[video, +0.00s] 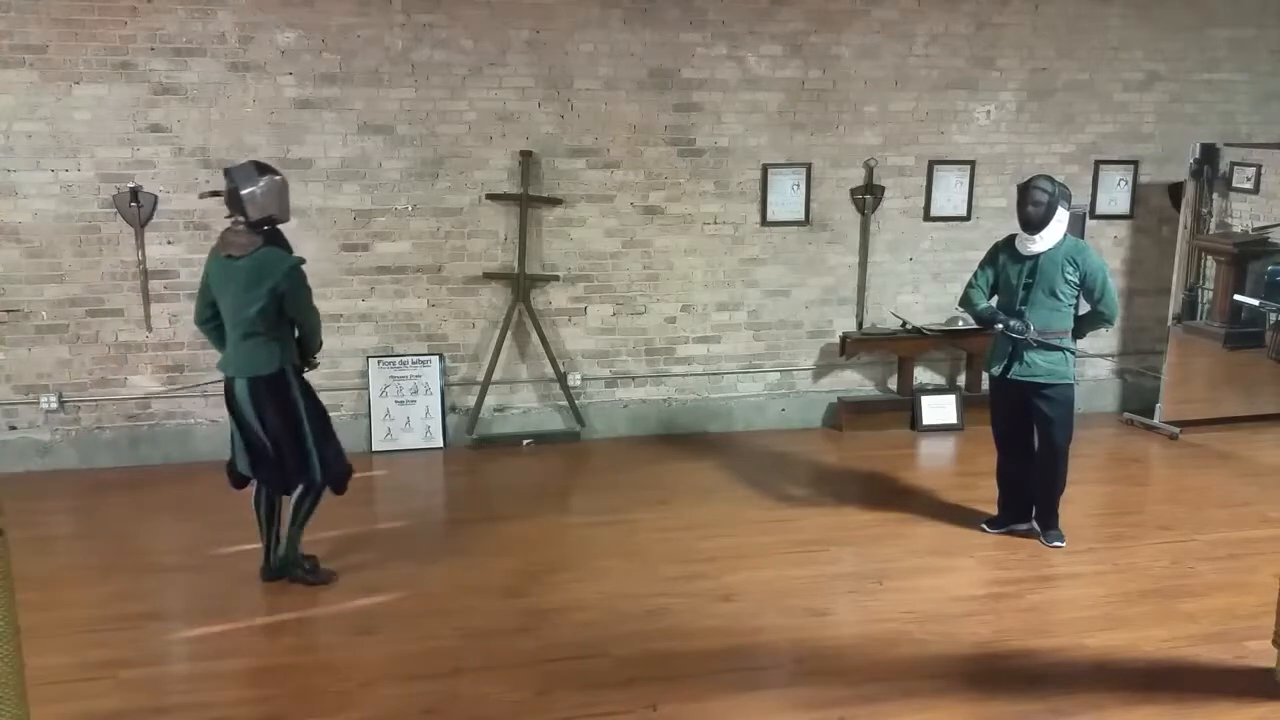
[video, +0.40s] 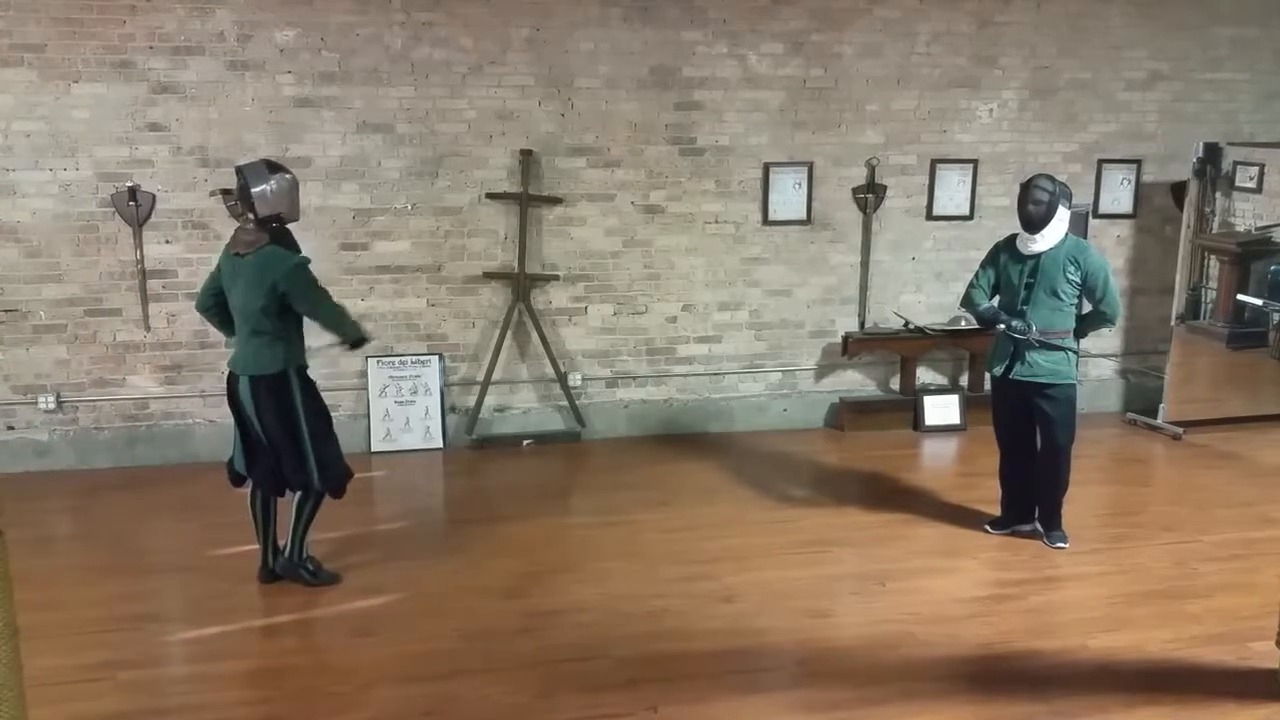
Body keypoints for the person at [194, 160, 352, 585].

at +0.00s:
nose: (282, 203)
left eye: (278, 195)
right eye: (276, 196)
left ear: (235, 207)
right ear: (268, 204)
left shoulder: (218, 259)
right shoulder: (281, 262)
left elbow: (205, 317)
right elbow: (310, 325)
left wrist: (236, 349)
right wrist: (305, 353)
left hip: (236, 379)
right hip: (275, 377)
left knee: (267, 468)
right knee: (318, 466)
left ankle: (272, 557)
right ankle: (289, 553)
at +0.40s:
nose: (294, 202)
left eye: (291, 194)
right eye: (288, 195)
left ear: (249, 206)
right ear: (277, 203)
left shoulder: (234, 254)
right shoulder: (286, 261)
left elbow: (206, 302)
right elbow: (322, 307)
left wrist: (243, 332)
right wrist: (354, 333)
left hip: (242, 379)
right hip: (281, 379)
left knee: (262, 467)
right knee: (321, 465)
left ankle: (269, 558)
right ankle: (295, 554)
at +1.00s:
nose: (289, 203)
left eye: (286, 196)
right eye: (284, 197)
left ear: (244, 209)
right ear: (276, 203)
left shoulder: (233, 257)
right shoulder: (285, 249)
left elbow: (196, 287)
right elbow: (340, 258)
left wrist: (224, 316)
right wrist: (410, 259)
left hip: (247, 379)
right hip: (285, 376)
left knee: (261, 470)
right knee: (325, 466)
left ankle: (269, 558)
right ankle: (298, 553)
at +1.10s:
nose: (290, 204)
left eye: (287, 197)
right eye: (285, 198)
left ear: (245, 209)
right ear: (277, 204)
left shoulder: (234, 257)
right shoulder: (285, 249)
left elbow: (198, 288)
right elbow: (340, 258)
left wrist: (227, 314)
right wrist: (410, 258)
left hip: (248, 379)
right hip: (285, 376)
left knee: (262, 469)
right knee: (326, 465)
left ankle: (269, 558)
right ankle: (298, 553)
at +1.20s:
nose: (289, 202)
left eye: (285, 194)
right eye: (283, 195)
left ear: (245, 207)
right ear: (276, 201)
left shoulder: (236, 256)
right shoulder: (283, 248)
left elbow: (203, 289)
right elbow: (336, 262)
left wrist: (230, 316)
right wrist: (410, 260)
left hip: (249, 378)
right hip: (286, 375)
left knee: (263, 468)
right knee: (327, 465)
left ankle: (269, 558)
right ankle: (298, 553)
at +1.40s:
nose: (292, 205)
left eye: (287, 198)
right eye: (287, 199)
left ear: (251, 208)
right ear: (279, 205)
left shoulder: (244, 252)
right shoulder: (282, 252)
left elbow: (212, 289)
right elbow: (336, 294)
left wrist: (242, 319)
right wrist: (390, 279)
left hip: (252, 375)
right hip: (286, 375)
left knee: (264, 469)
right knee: (326, 467)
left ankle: (270, 558)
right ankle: (300, 551)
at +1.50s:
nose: (296, 201)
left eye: (293, 194)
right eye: (290, 195)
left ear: (252, 207)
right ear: (281, 202)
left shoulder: (248, 251)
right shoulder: (282, 253)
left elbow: (219, 288)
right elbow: (328, 309)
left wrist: (249, 320)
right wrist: (367, 280)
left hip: (253, 377)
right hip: (287, 376)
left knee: (267, 469)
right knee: (330, 467)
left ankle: (270, 556)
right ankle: (300, 552)